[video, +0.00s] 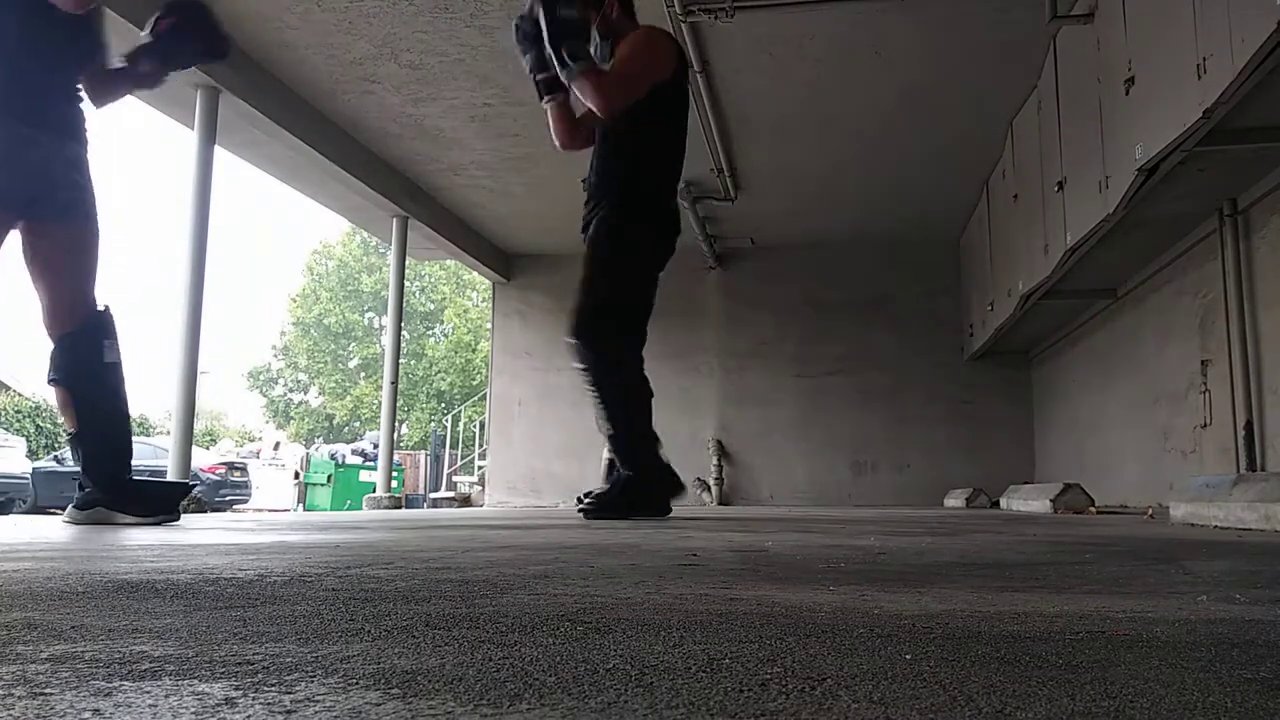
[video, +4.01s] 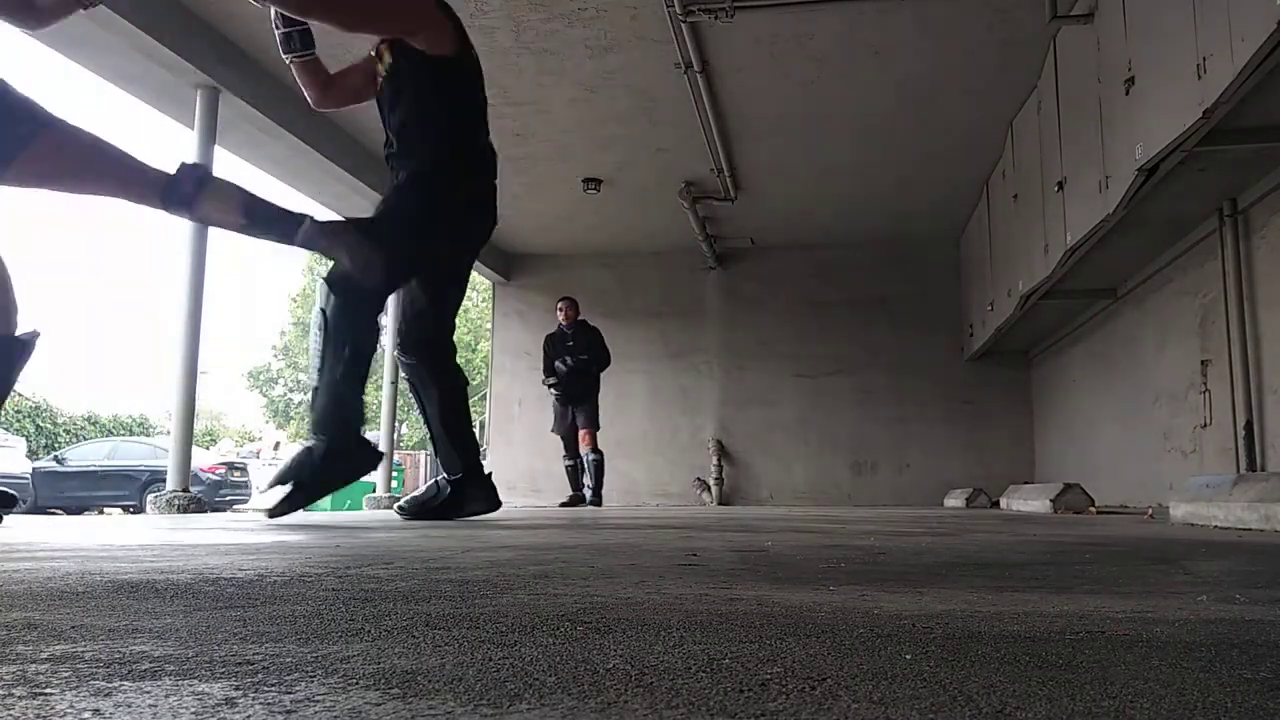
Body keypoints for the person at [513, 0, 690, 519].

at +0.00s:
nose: (584, 27)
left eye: (585, 16)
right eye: (582, 21)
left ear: (612, 7)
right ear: (604, 19)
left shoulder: (651, 43)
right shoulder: (619, 67)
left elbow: (604, 101)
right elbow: (569, 136)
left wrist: (564, 48)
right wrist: (542, 66)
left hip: (635, 220)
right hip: (615, 223)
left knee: (597, 337)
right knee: (612, 343)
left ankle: (645, 474)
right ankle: (631, 474)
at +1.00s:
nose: (540, 3)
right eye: (533, 3)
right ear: (528, 0)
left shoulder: (619, 34)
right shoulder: (511, 24)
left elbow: (635, 94)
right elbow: (427, 10)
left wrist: (574, 41)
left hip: (556, 210)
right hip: (494, 207)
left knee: (504, 325)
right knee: (447, 338)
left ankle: (518, 485)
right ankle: (519, 418)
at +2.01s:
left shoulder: (596, 29)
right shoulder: (492, 29)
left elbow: (551, 71)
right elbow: (409, 65)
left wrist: (490, 22)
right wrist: (343, 25)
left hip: (499, 205)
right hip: (440, 167)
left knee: (488, 343)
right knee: (323, 113)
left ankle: (481, 486)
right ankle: (322, 260)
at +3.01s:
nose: (423, 14)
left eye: (427, 8)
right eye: (425, 12)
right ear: (447, 8)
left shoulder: (479, 21)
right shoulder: (446, 46)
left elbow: (437, 68)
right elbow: (407, 126)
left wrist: (385, 18)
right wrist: (383, 64)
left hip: (448, 197)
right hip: (456, 206)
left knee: (334, 259)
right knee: (443, 347)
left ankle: (386, 402)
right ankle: (455, 484)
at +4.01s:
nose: (373, 19)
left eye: (380, 13)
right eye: (374, 16)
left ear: (409, 3)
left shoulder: (432, 20)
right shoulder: (387, 58)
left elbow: (341, 14)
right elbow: (323, 93)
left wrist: (277, 6)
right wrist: (289, 25)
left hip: (440, 193)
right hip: (439, 202)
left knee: (348, 286)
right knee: (421, 344)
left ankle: (337, 440)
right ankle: (466, 478)